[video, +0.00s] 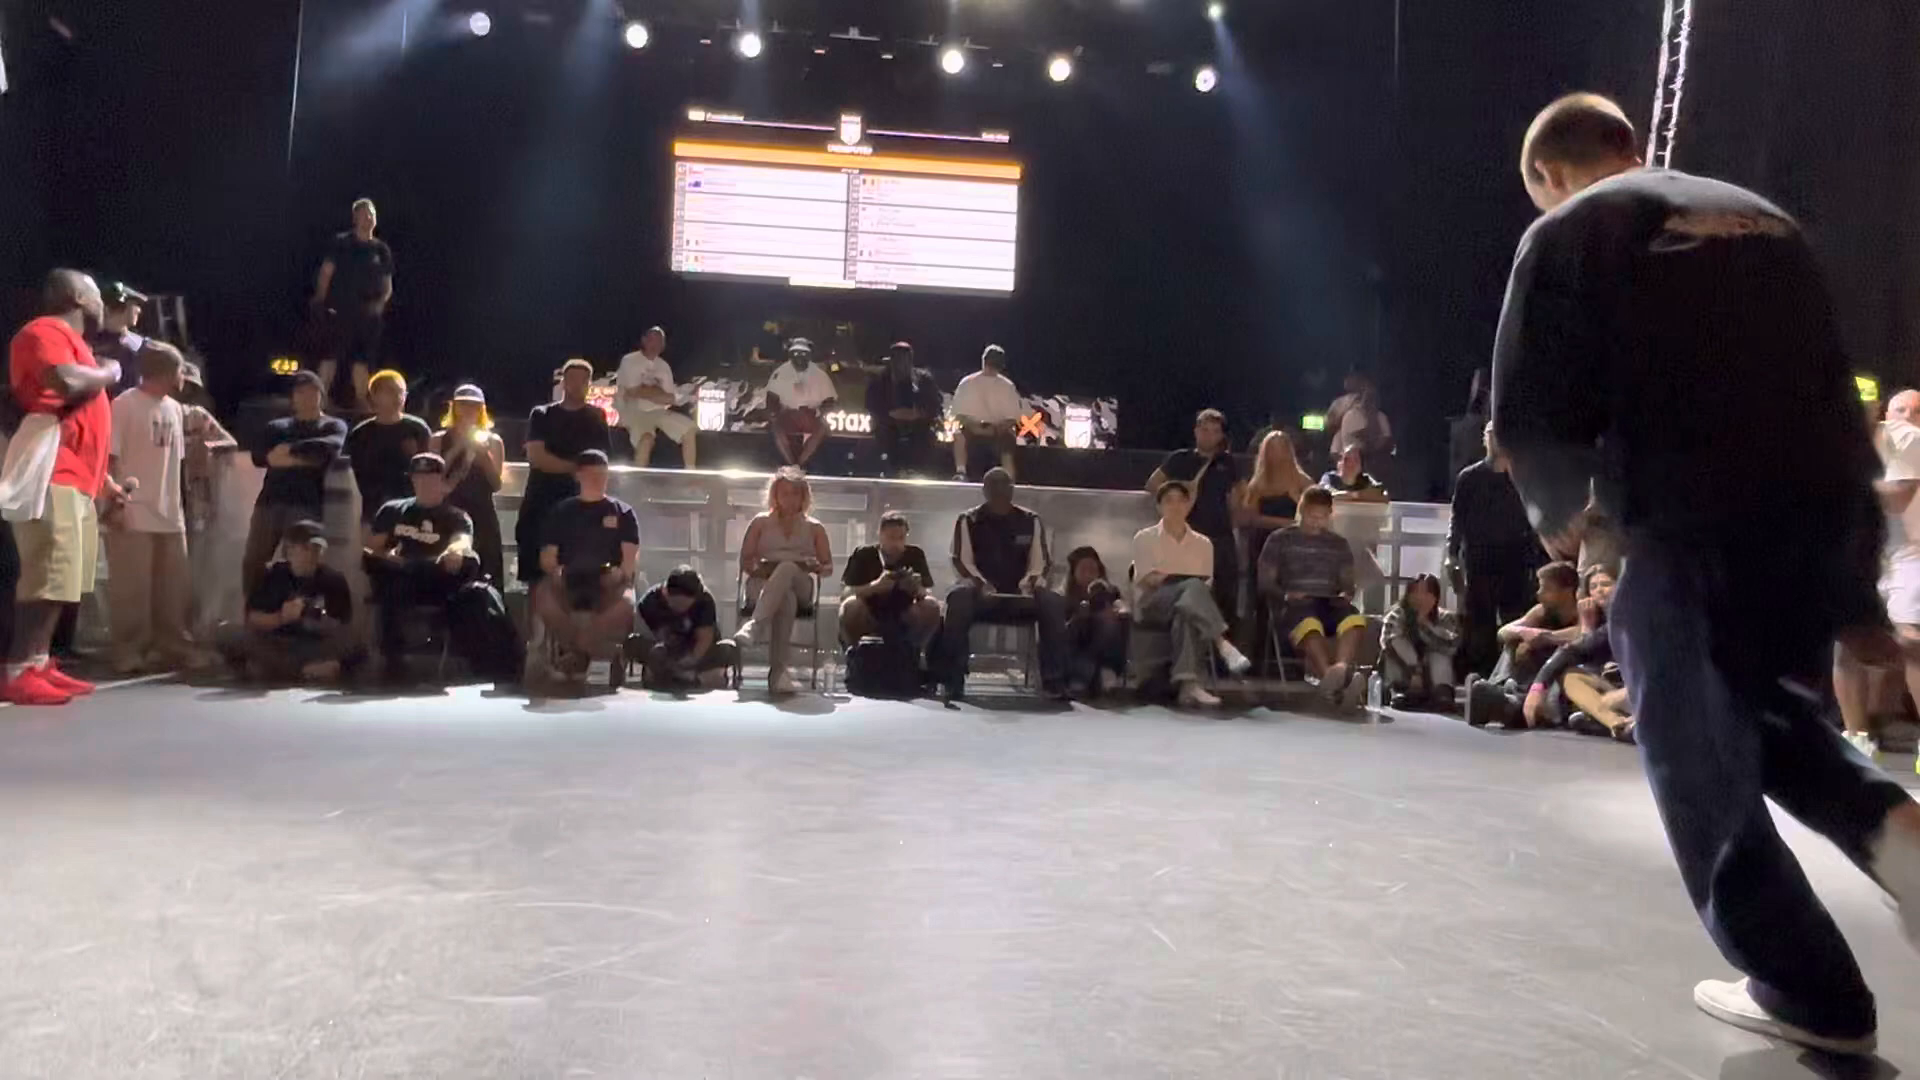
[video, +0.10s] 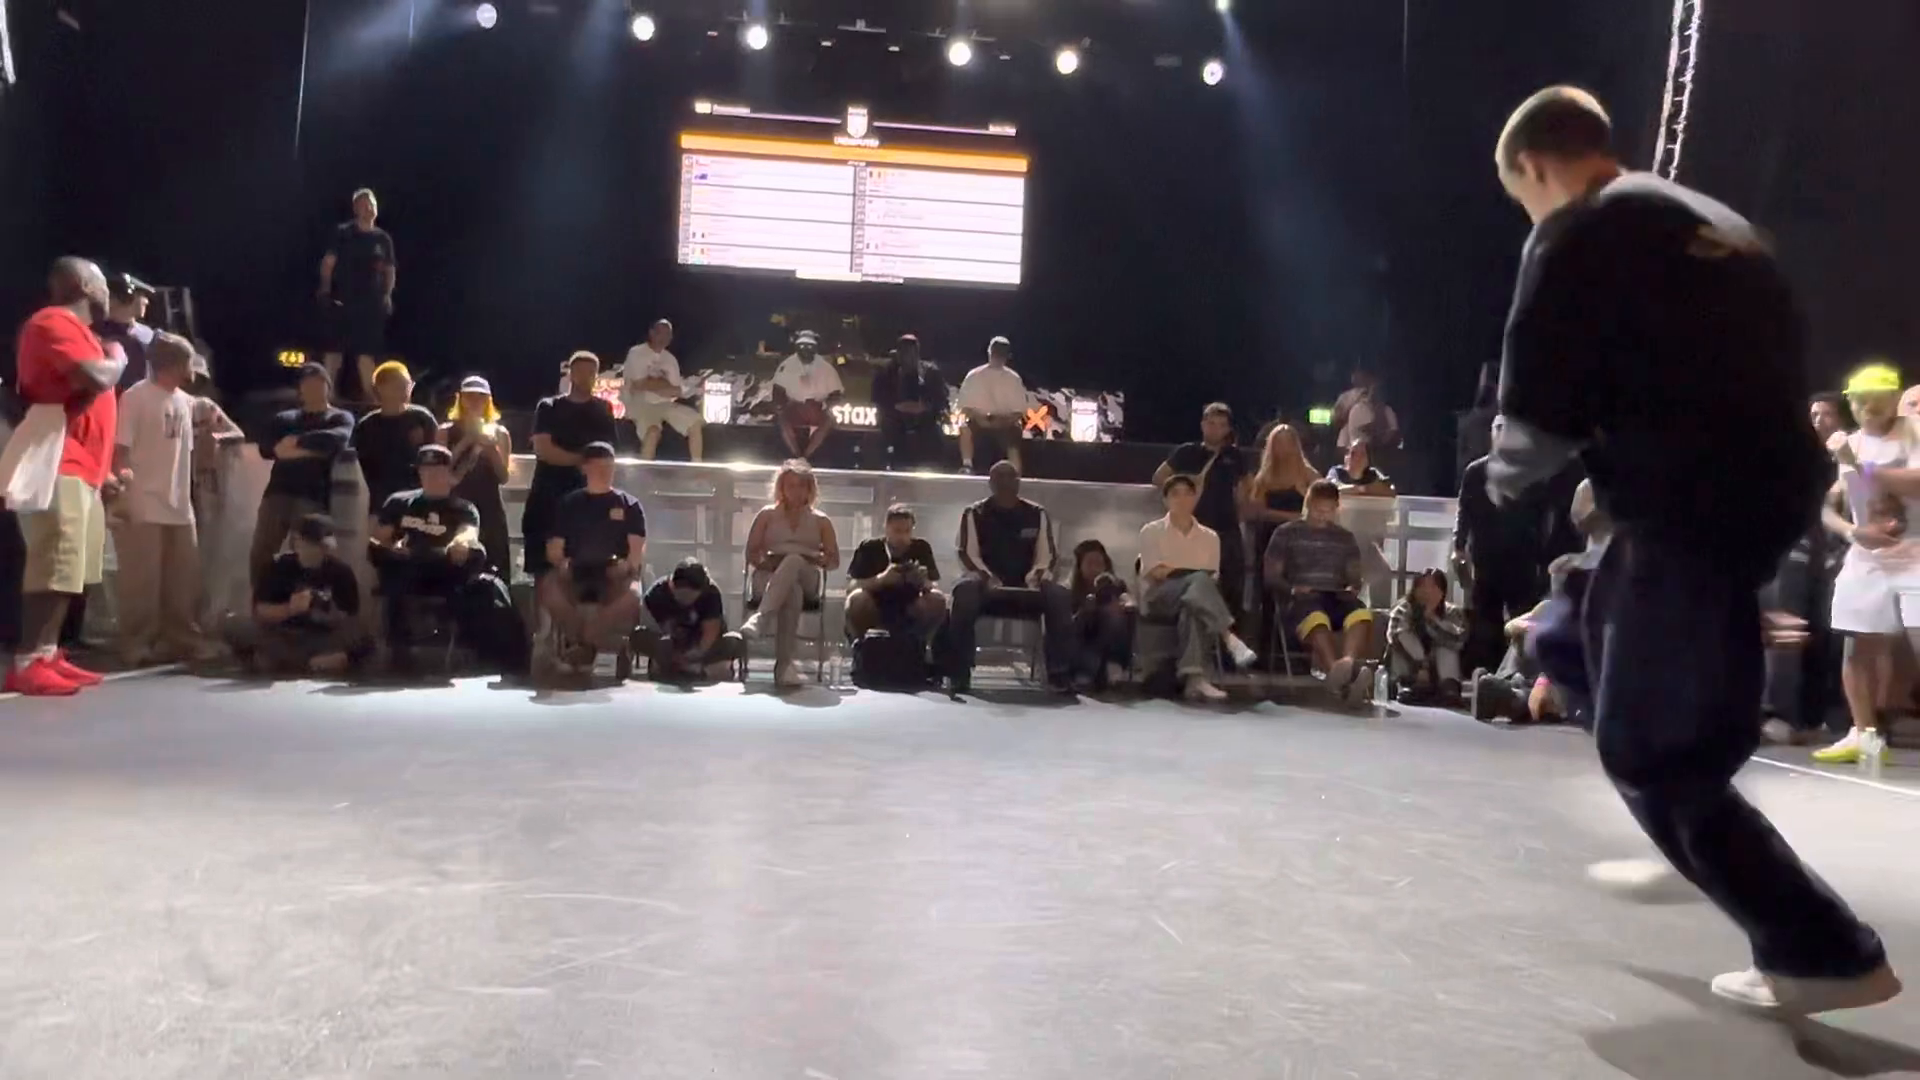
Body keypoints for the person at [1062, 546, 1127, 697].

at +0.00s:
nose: (1088, 574)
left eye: (1092, 569)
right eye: (1083, 568)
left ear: (1100, 571)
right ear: (1073, 572)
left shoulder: (1109, 593)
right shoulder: (1063, 597)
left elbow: (1123, 611)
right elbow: (1063, 633)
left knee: (1109, 620)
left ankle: (1110, 671)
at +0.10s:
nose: (1094, 568)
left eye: (1099, 563)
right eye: (1089, 563)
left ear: (1106, 564)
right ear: (1079, 566)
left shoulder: (1116, 587)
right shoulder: (1071, 592)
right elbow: (1068, 627)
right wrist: (1085, 609)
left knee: (1115, 614)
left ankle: (1116, 665)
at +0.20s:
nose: (1099, 561)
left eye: (1103, 556)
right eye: (1093, 556)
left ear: (1111, 558)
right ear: (1084, 559)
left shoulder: (1120, 580)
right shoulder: (1075, 583)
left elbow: (1133, 600)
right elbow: (1072, 618)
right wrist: (1091, 602)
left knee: (1122, 609)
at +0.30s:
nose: (1104, 557)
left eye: (1108, 551)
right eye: (1098, 552)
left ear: (1116, 552)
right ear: (1089, 554)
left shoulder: (1126, 575)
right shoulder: (1080, 578)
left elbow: (1139, 594)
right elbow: (1077, 612)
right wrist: (1096, 596)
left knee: (1127, 603)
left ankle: (1126, 654)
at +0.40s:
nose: (1109, 552)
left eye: (1113, 546)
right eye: (1104, 547)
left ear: (1121, 548)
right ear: (1094, 550)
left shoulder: (1131, 570)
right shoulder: (1084, 573)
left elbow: (1144, 589)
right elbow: (1081, 606)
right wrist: (1100, 593)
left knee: (1133, 599)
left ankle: (1131, 649)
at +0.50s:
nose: (1115, 549)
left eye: (1119, 543)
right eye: (1109, 544)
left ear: (1127, 544)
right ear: (1100, 546)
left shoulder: (1137, 567)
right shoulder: (1091, 570)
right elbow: (1088, 603)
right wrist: (1107, 587)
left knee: (1137, 595)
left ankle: (1135, 645)